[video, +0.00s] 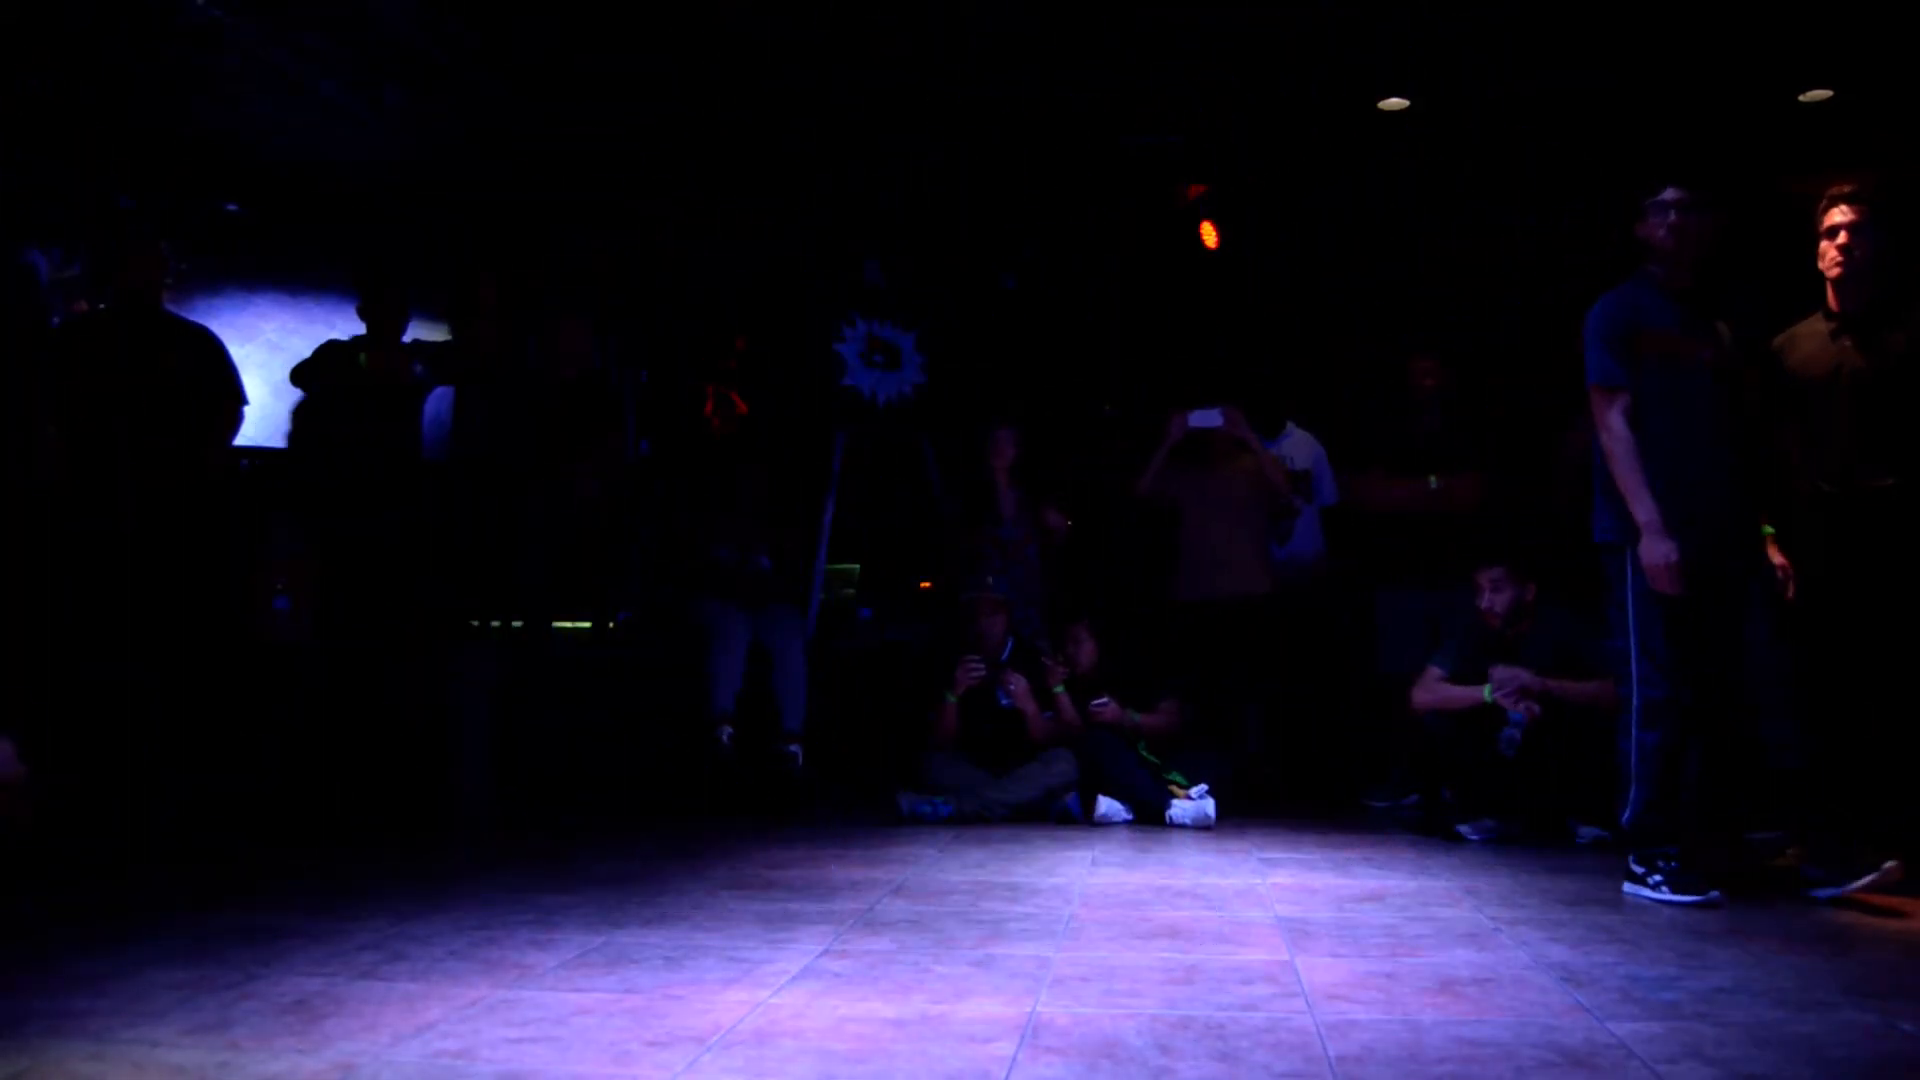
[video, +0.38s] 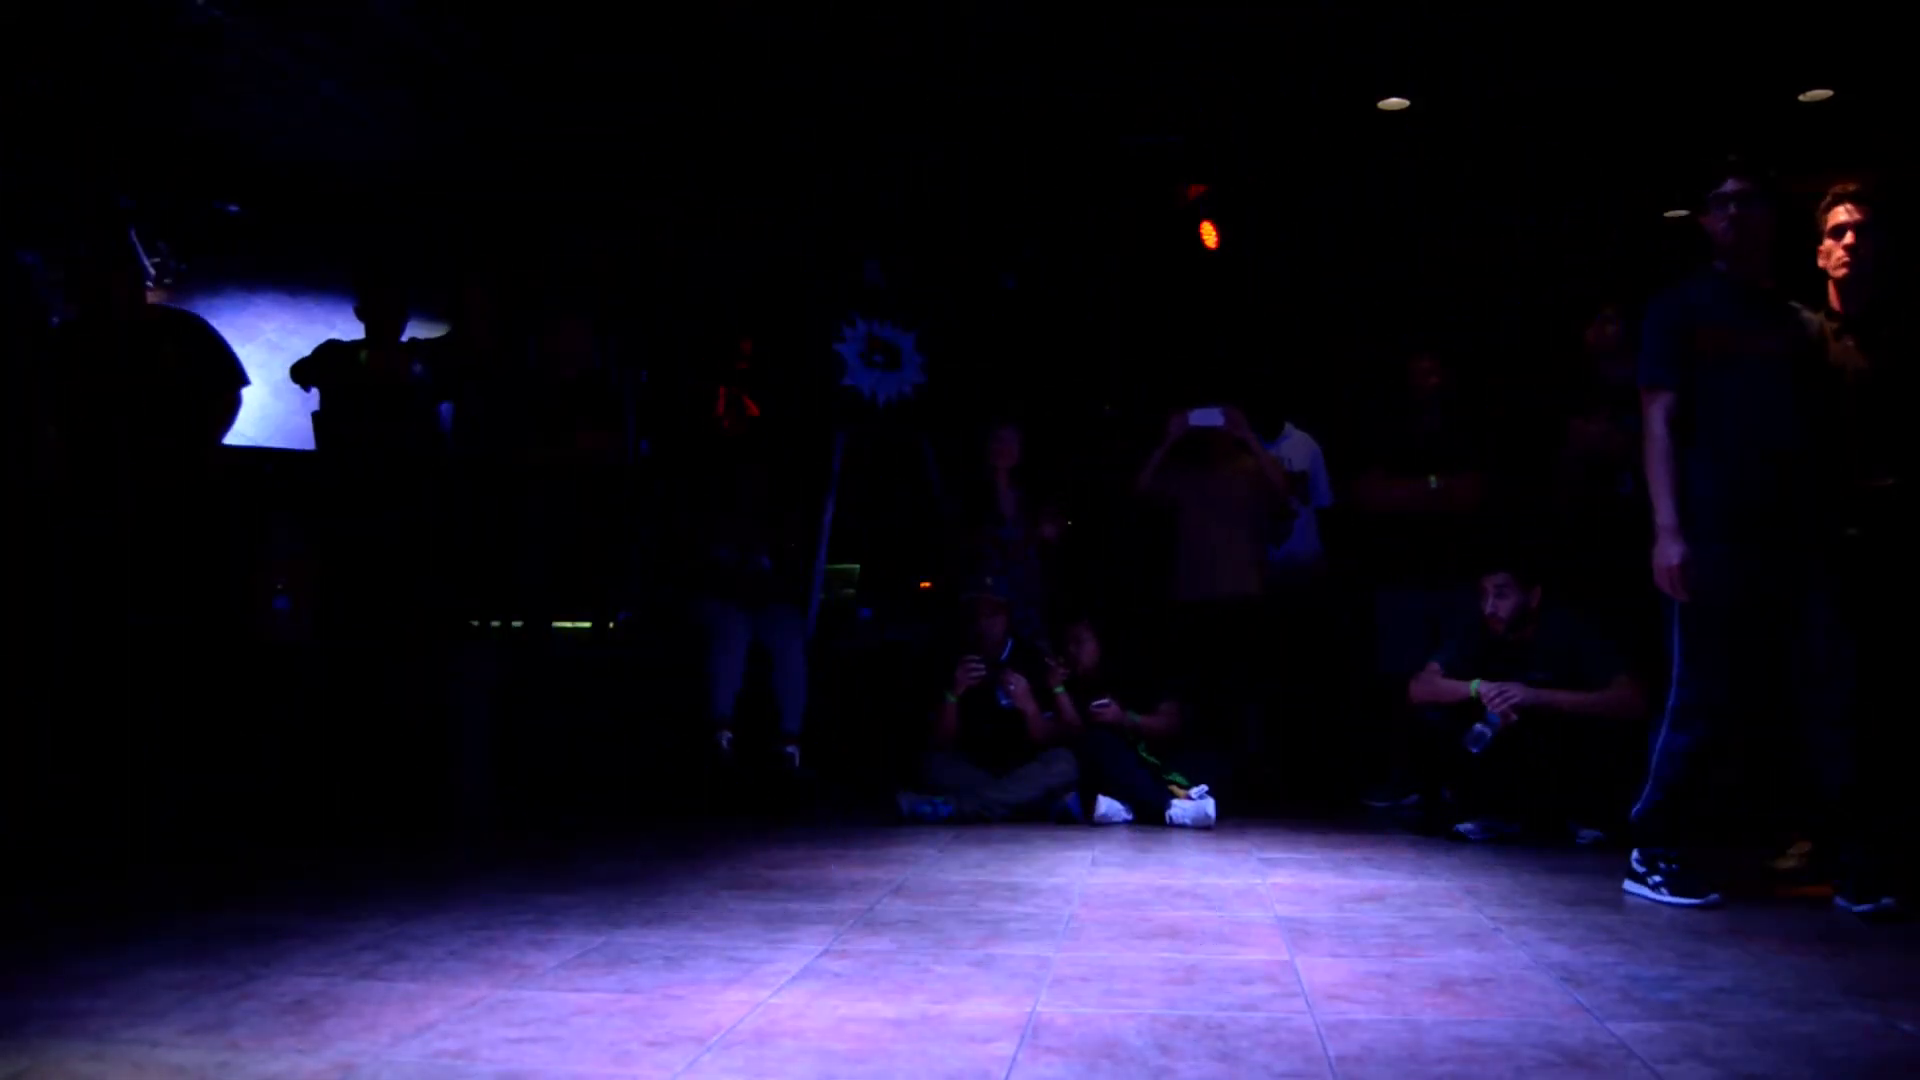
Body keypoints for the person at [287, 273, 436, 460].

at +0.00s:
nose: (389, 323)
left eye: (397, 314)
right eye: (381, 312)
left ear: (407, 317)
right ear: (362, 312)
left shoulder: (417, 357)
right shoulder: (336, 352)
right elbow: (299, 375)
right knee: (308, 409)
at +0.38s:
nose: (389, 321)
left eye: (396, 312)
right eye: (379, 312)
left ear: (406, 315)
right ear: (360, 313)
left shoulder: (418, 355)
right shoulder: (336, 354)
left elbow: (464, 339)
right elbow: (298, 372)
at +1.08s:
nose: (384, 321)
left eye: (392, 311)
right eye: (376, 310)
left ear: (403, 315)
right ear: (358, 312)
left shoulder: (421, 363)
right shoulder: (332, 353)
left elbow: (443, 414)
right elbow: (300, 383)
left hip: (401, 459)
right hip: (343, 456)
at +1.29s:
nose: (380, 319)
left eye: (388, 309)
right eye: (373, 308)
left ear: (400, 313)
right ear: (356, 309)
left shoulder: (416, 357)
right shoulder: (330, 353)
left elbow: (452, 391)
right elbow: (300, 384)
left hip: (401, 458)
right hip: (342, 458)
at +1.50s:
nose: (383, 320)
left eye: (391, 309)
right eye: (375, 309)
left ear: (403, 313)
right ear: (358, 311)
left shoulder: (414, 355)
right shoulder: (332, 354)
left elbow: (461, 354)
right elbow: (302, 387)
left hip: (401, 458)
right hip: (343, 458)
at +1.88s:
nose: (385, 323)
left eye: (391, 313)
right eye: (376, 312)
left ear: (401, 317)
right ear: (355, 317)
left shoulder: (413, 360)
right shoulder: (331, 360)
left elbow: (460, 370)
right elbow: (303, 393)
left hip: (400, 464)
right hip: (342, 465)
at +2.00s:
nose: (388, 327)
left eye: (395, 318)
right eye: (380, 317)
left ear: (405, 321)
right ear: (361, 321)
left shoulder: (417, 362)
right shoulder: (335, 360)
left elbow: (461, 371)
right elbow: (305, 389)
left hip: (405, 463)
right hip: (346, 463)